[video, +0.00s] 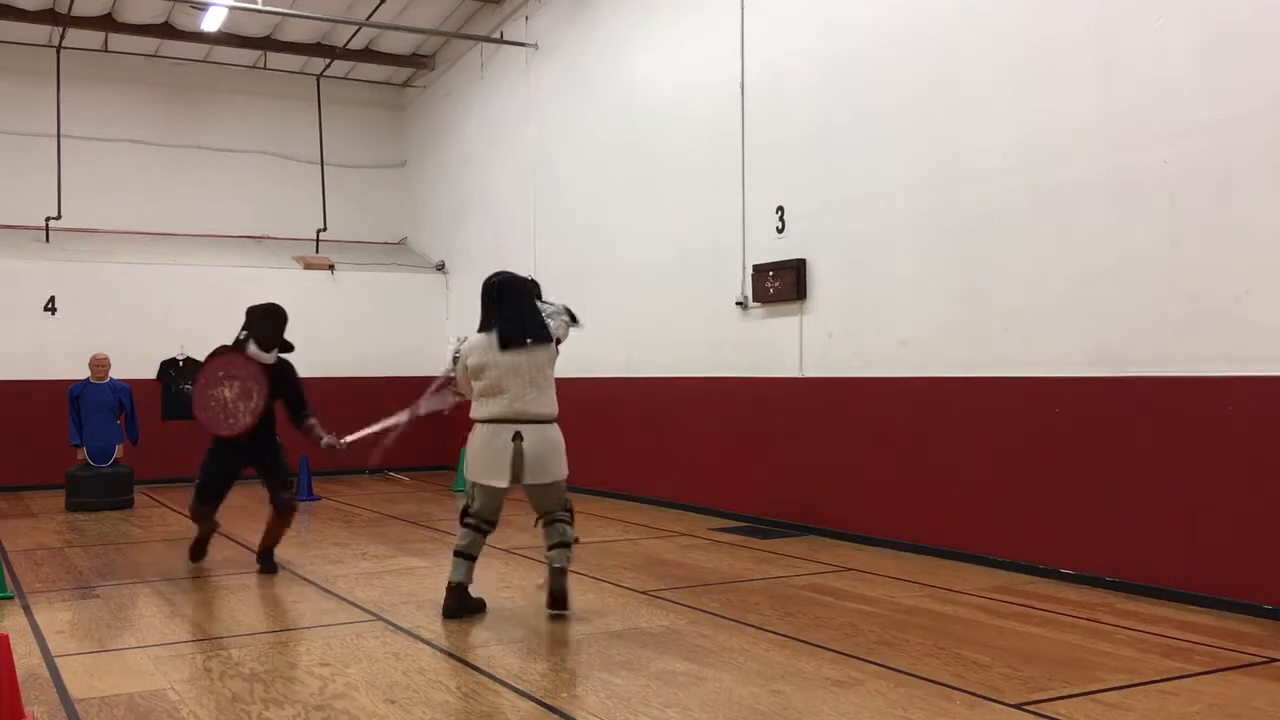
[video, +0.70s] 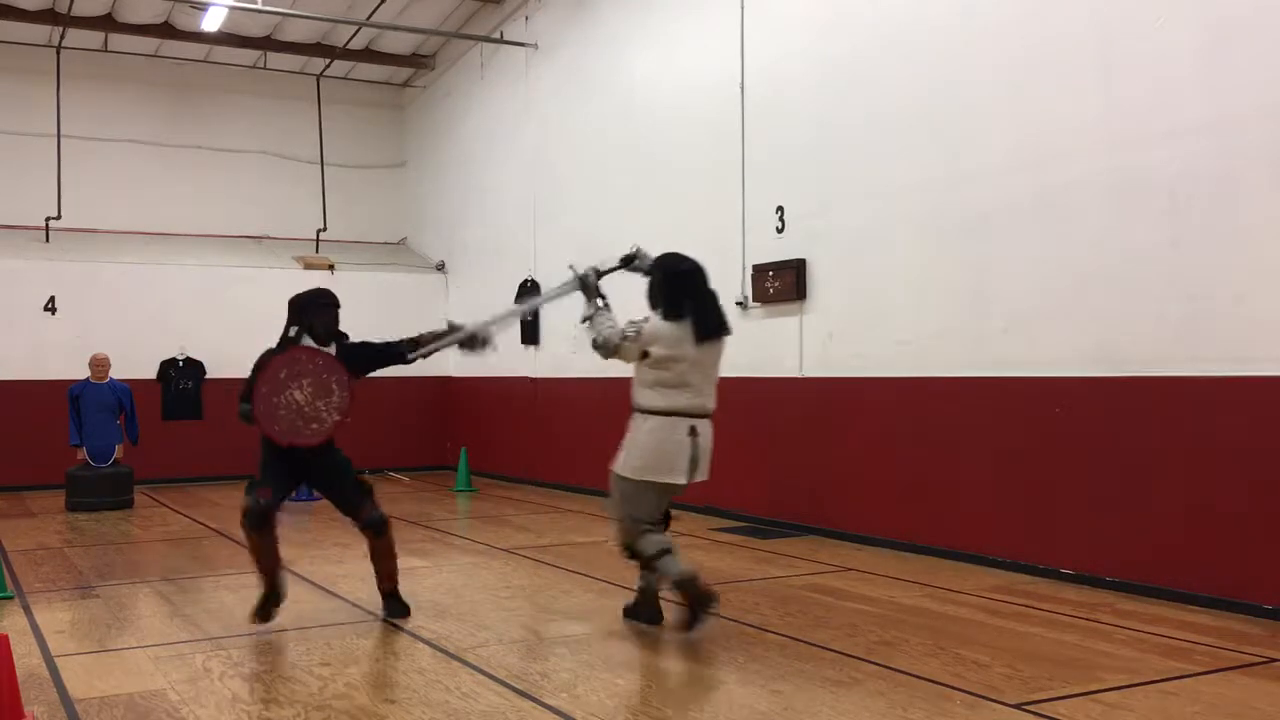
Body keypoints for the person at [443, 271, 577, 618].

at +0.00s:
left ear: (488, 306)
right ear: (529, 303)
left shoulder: (473, 346)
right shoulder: (545, 336)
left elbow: (464, 389)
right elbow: (560, 317)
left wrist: (456, 357)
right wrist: (536, 300)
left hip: (490, 443)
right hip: (542, 441)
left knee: (479, 517)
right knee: (555, 513)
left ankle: (456, 593)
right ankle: (558, 585)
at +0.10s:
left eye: (499, 301)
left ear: (501, 304)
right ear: (541, 300)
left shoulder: (487, 346)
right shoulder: (560, 335)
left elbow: (476, 391)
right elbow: (572, 315)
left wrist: (472, 360)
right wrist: (574, 310)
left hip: (503, 441)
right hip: (556, 439)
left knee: (483, 516)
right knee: (574, 512)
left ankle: (457, 592)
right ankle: (591, 580)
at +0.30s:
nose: (546, 303)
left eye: (548, 297)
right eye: (548, 297)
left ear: (551, 301)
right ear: (591, 298)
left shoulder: (536, 343)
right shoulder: (611, 333)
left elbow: (521, 389)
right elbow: (618, 314)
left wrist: (514, 350)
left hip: (545, 440)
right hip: (599, 441)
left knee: (508, 516)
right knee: (612, 519)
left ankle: (466, 588)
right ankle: (646, 591)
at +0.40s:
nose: (576, 301)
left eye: (578, 295)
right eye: (578, 294)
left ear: (584, 301)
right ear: (621, 296)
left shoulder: (572, 339)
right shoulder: (641, 336)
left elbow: (540, 365)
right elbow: (638, 316)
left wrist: (533, 324)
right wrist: (590, 296)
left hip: (573, 439)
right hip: (625, 440)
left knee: (532, 517)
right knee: (621, 520)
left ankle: (492, 591)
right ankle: (646, 595)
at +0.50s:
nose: (603, 291)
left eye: (608, 285)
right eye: (605, 284)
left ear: (616, 292)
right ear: (648, 290)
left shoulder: (602, 330)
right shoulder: (666, 332)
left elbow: (561, 348)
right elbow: (645, 314)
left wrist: (551, 308)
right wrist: (613, 290)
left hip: (602, 434)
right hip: (649, 437)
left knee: (559, 512)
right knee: (629, 518)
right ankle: (646, 597)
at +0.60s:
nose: (629, 288)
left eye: (632, 282)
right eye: (628, 280)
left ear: (640, 289)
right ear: (675, 286)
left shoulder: (627, 328)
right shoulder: (690, 330)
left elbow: (585, 343)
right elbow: (663, 314)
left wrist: (576, 306)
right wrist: (635, 288)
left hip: (627, 432)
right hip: (673, 435)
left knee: (591, 514)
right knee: (641, 517)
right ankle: (648, 598)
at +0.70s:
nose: (652, 291)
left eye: (655, 285)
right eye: (651, 284)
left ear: (664, 290)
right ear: (697, 286)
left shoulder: (653, 330)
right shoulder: (713, 327)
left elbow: (609, 343)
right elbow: (691, 294)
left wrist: (594, 299)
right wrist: (652, 267)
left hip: (653, 436)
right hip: (696, 436)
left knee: (633, 528)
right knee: (655, 517)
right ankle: (647, 600)